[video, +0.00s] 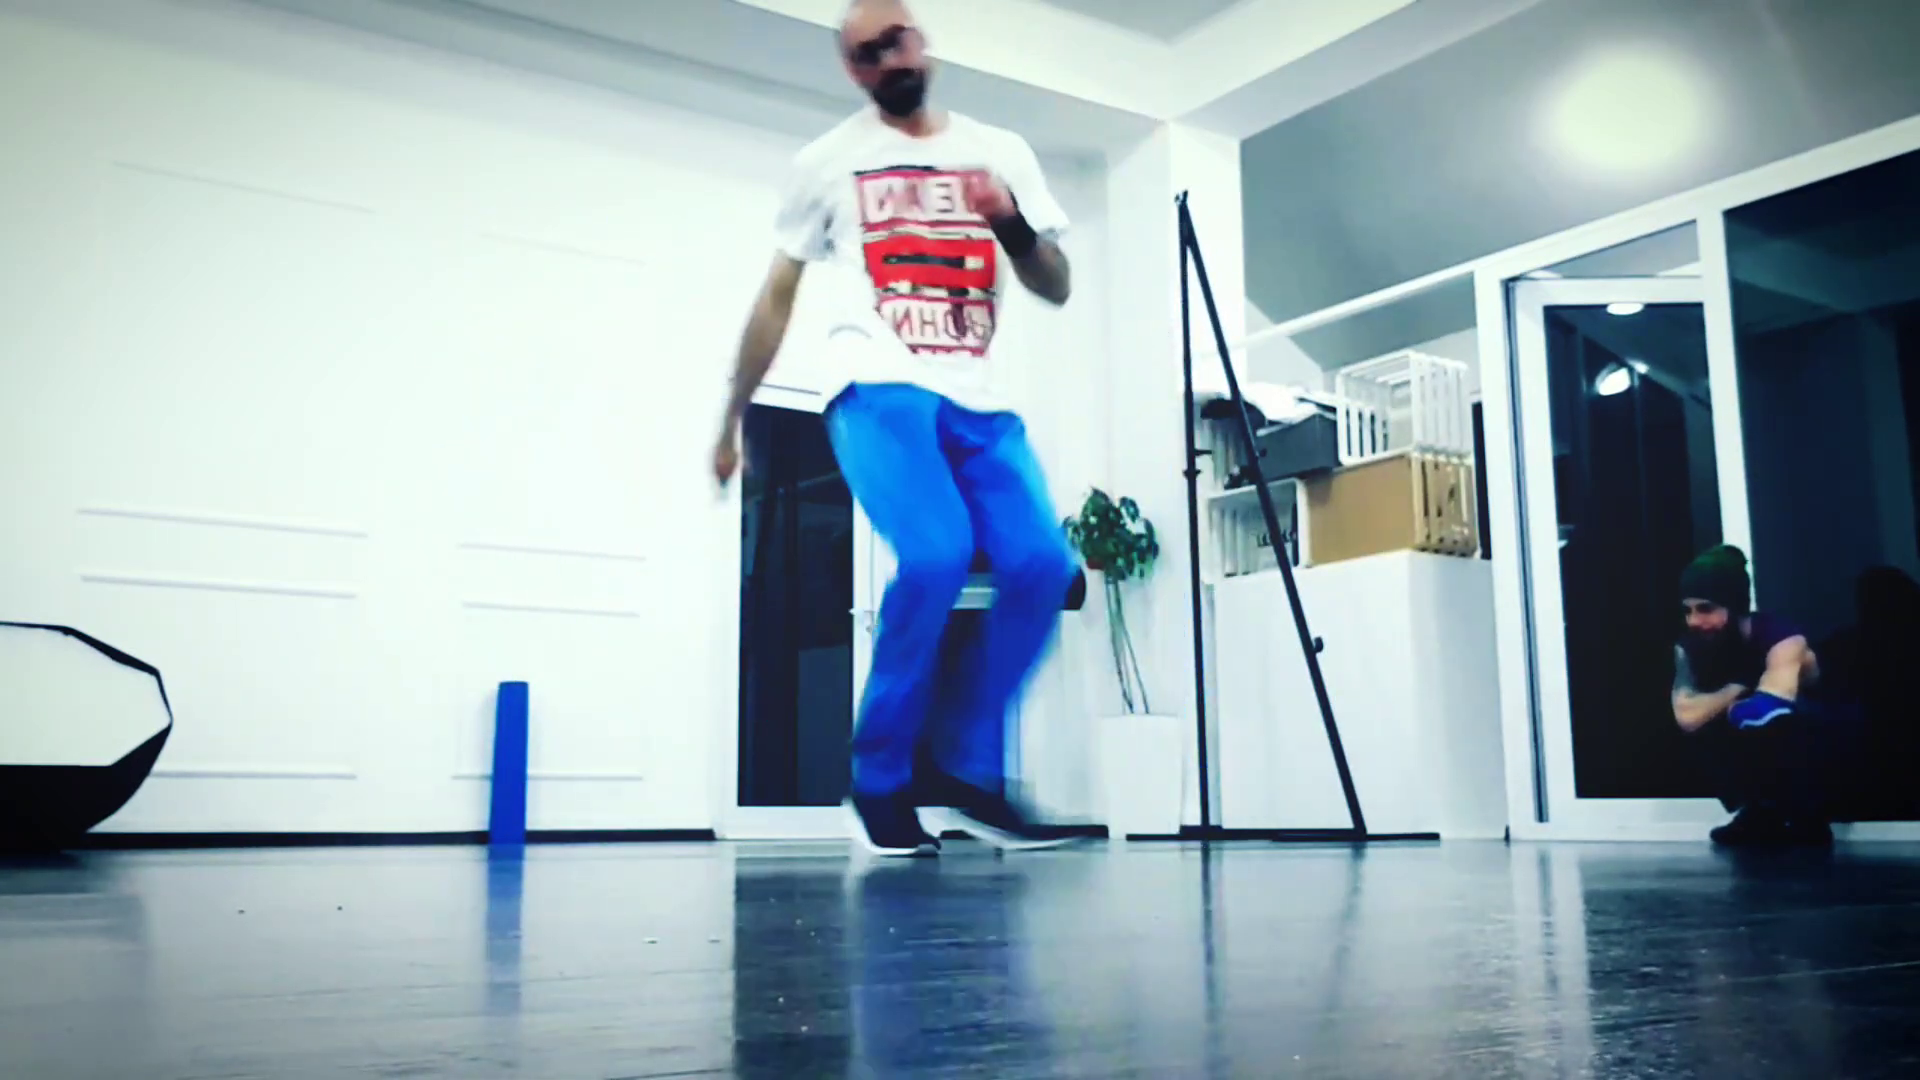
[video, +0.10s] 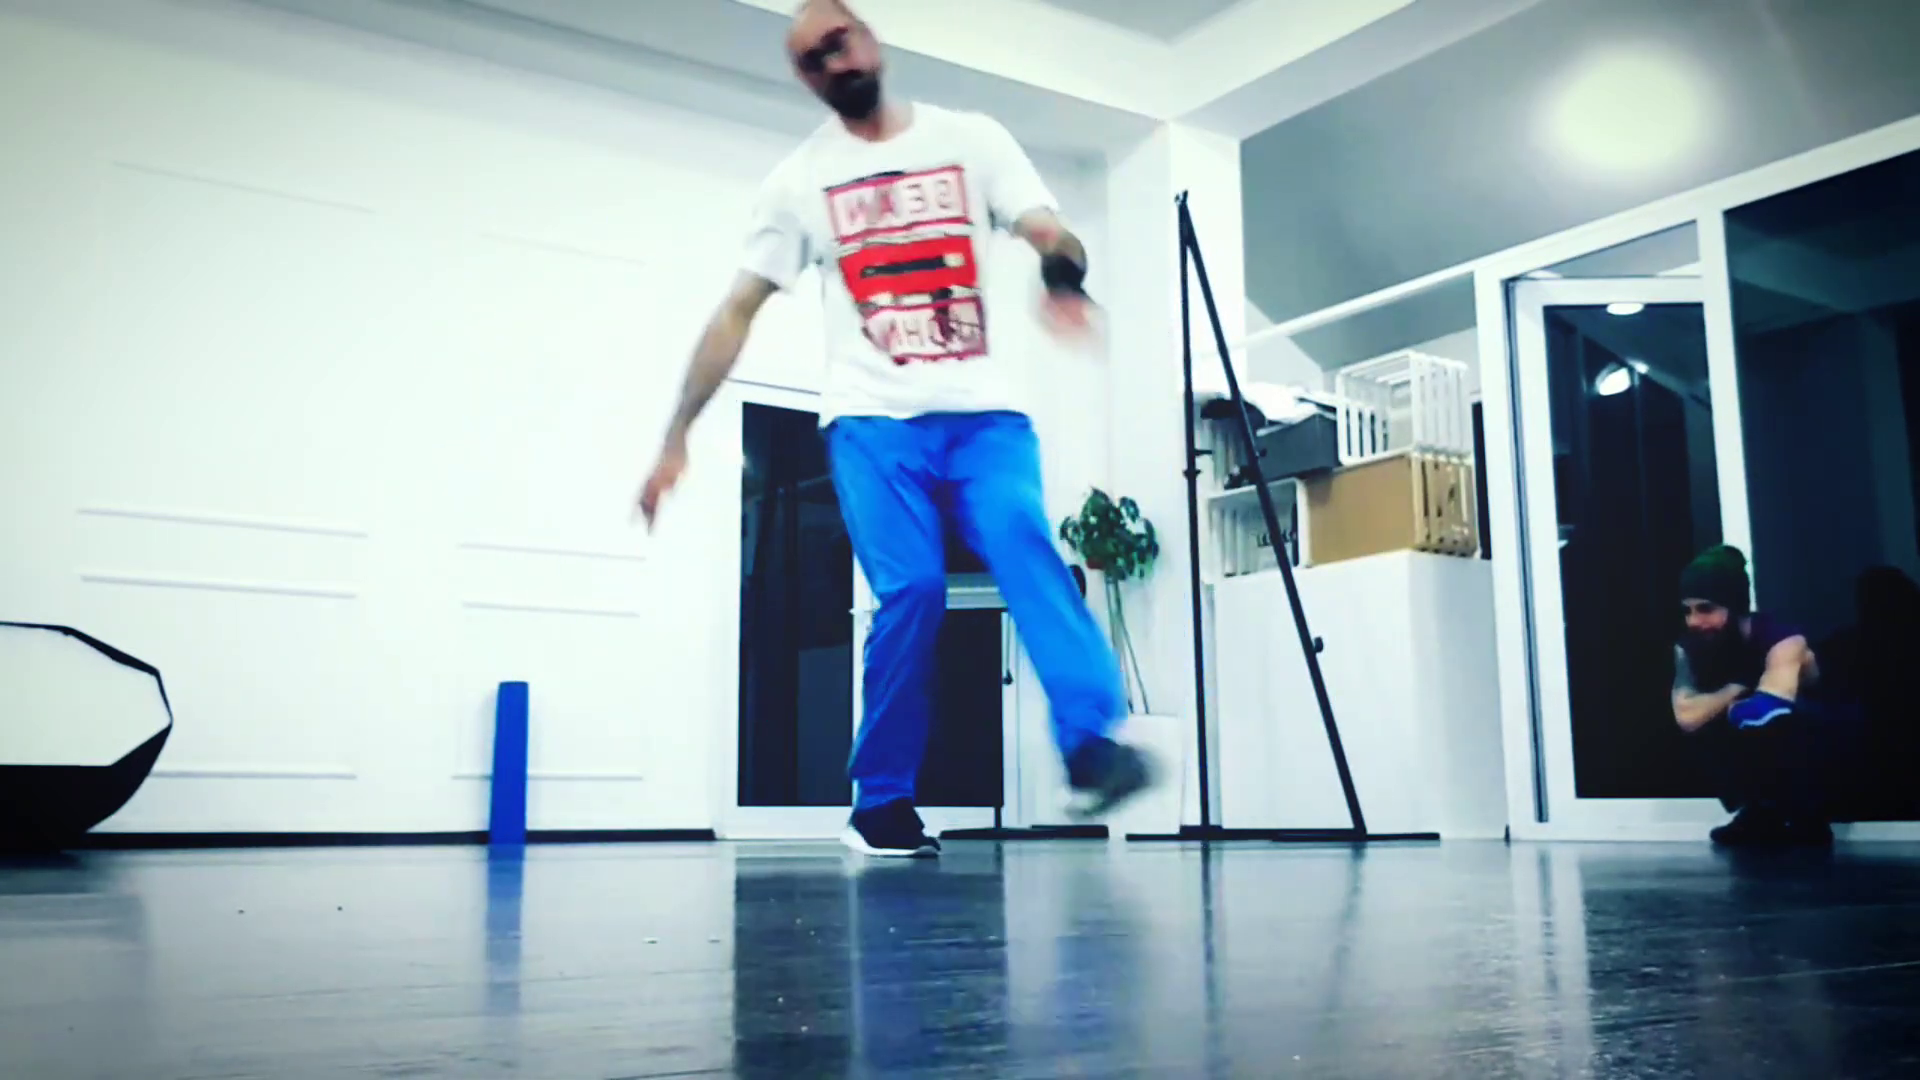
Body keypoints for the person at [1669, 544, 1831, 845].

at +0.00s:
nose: (1694, 622)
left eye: (1705, 610)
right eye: (1688, 611)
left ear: (1734, 606)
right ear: (1682, 610)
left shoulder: (1780, 636)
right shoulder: (1688, 650)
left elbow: (1772, 706)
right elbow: (1687, 716)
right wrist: (1735, 690)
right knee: (1703, 727)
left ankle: (1804, 821)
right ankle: (1755, 813)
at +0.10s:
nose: (1694, 622)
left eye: (1706, 610)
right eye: (1688, 611)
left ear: (1733, 606)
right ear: (1682, 611)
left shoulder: (1776, 636)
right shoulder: (1687, 650)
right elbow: (1687, 716)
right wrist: (1733, 692)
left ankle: (1802, 820)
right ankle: (1755, 812)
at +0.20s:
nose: (1695, 622)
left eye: (1706, 610)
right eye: (1688, 611)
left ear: (1734, 606)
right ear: (1682, 611)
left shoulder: (1778, 637)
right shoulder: (1687, 650)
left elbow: (1775, 707)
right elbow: (1687, 717)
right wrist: (1734, 691)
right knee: (1704, 726)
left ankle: (1802, 820)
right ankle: (1754, 812)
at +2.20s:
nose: (1698, 623)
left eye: (1710, 611)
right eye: (1691, 612)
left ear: (1738, 607)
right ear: (1685, 612)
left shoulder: (1783, 638)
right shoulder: (1690, 651)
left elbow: (1772, 705)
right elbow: (1687, 716)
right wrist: (1732, 693)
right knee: (1708, 726)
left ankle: (1805, 821)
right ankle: (1757, 814)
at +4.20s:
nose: (1697, 622)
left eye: (1707, 610)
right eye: (1690, 612)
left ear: (1736, 606)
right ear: (1684, 611)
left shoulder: (1781, 639)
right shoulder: (1691, 651)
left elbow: (1776, 700)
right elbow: (1687, 715)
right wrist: (1737, 690)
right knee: (1709, 728)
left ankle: (1805, 820)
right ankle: (1755, 813)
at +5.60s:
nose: (1697, 623)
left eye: (1708, 611)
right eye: (1690, 613)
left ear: (1736, 607)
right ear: (1684, 612)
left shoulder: (1779, 637)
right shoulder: (1690, 652)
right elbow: (1688, 715)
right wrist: (1738, 690)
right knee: (1704, 727)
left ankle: (1802, 819)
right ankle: (1755, 814)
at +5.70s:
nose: (1697, 623)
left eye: (1708, 611)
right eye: (1690, 613)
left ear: (1736, 607)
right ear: (1684, 612)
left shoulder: (1777, 637)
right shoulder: (1691, 652)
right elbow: (1688, 715)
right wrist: (1738, 689)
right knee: (1704, 728)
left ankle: (1802, 819)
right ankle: (1755, 814)